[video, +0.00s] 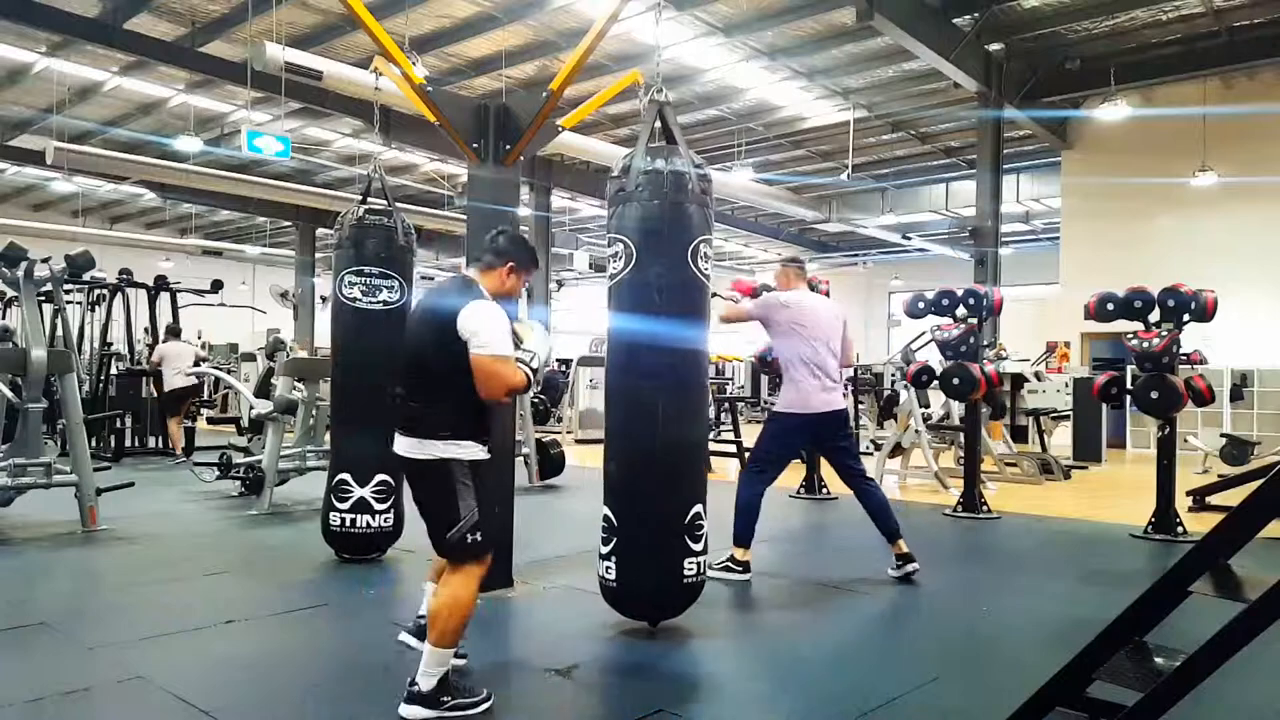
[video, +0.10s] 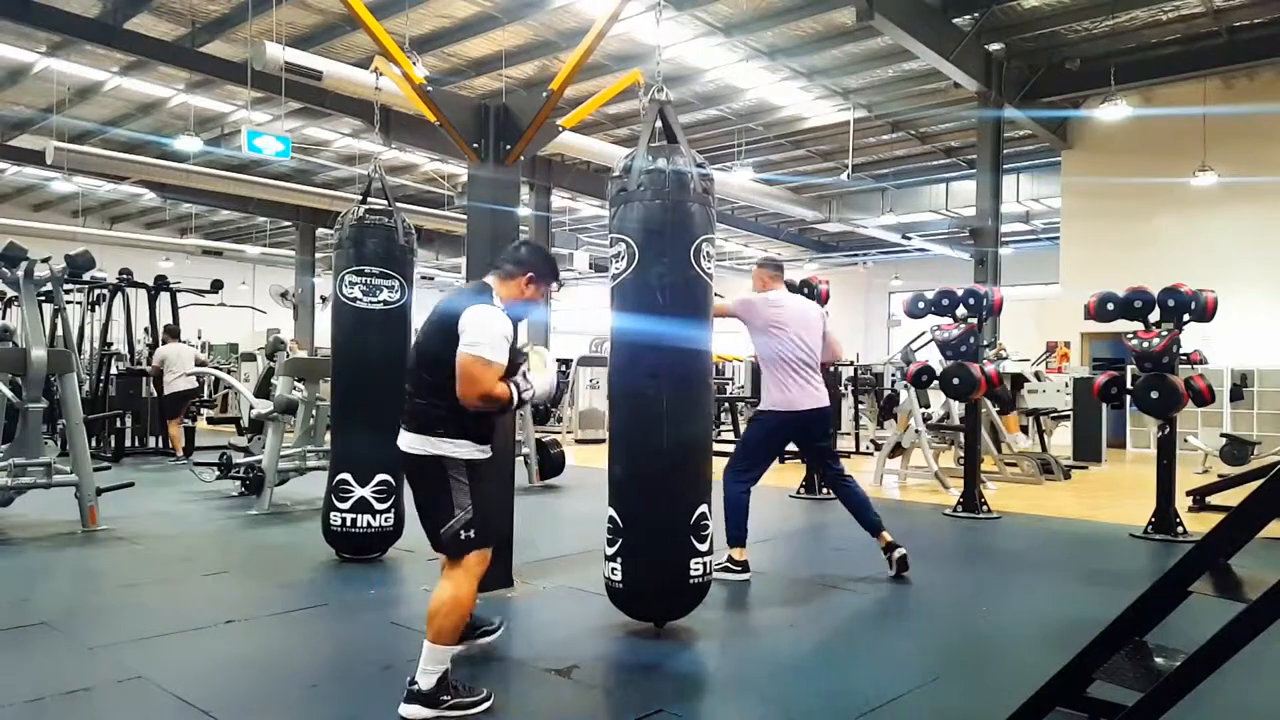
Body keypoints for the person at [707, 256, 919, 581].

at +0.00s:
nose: (775, 284)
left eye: (777, 278)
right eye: (776, 279)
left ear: (788, 276)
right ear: (804, 276)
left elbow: (727, 315)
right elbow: (847, 360)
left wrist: (735, 302)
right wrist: (802, 355)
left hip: (791, 411)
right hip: (832, 411)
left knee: (753, 477)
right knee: (860, 479)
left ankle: (740, 558)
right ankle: (902, 552)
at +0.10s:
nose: (753, 285)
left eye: (753, 280)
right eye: (754, 280)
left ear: (761, 278)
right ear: (783, 277)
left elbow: (709, 308)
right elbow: (834, 354)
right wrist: (796, 358)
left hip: (777, 408)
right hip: (817, 406)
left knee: (737, 476)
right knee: (836, 475)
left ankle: (737, 557)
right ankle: (888, 543)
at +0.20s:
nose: (730, 285)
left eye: (731, 279)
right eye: (730, 279)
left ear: (741, 276)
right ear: (757, 276)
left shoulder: (740, 305)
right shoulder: (787, 304)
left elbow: (709, 346)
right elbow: (795, 349)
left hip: (765, 406)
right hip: (800, 401)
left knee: (731, 476)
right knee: (820, 470)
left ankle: (736, 556)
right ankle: (876, 536)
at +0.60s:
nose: (734, 292)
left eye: (736, 285)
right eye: (734, 286)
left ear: (753, 283)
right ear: (758, 284)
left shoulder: (762, 313)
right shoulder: (783, 313)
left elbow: (744, 357)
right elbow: (755, 355)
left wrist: (721, 342)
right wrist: (730, 347)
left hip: (768, 408)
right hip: (787, 408)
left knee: (736, 471)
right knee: (760, 471)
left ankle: (737, 552)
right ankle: (802, 526)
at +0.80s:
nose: (761, 285)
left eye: (765, 279)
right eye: (761, 280)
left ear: (784, 278)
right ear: (782, 278)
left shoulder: (802, 309)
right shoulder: (785, 312)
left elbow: (789, 352)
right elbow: (780, 353)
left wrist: (759, 329)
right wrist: (757, 329)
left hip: (801, 401)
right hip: (793, 400)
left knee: (772, 465)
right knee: (780, 468)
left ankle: (768, 543)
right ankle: (807, 536)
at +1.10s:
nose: (801, 294)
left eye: (804, 287)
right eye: (799, 288)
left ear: (823, 285)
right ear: (818, 287)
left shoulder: (841, 315)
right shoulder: (821, 319)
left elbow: (835, 356)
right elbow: (814, 364)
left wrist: (801, 338)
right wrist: (779, 355)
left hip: (846, 409)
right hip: (826, 408)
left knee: (854, 472)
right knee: (807, 459)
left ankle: (891, 530)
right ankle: (838, 514)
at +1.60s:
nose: (802, 303)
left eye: (805, 296)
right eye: (800, 298)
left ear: (823, 291)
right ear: (818, 294)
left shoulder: (842, 317)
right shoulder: (820, 323)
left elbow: (841, 356)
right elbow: (818, 363)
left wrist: (809, 343)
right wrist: (789, 348)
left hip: (842, 404)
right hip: (827, 403)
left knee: (836, 464)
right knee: (829, 463)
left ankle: (882, 525)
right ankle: (842, 518)